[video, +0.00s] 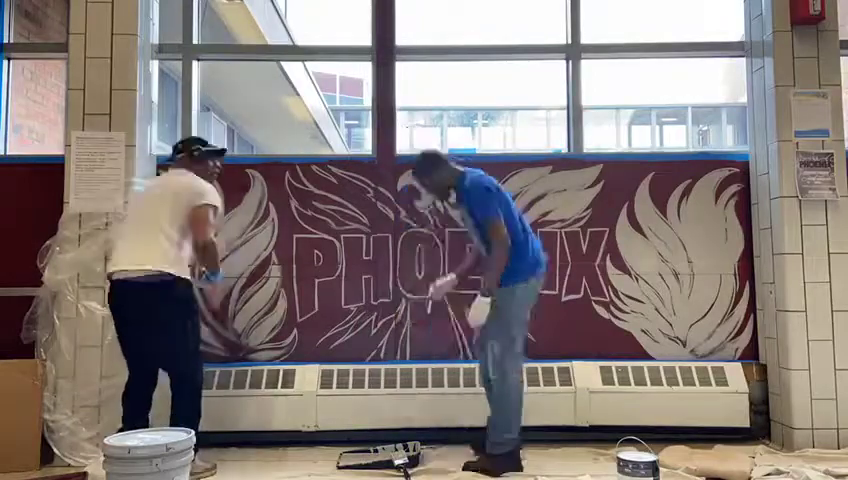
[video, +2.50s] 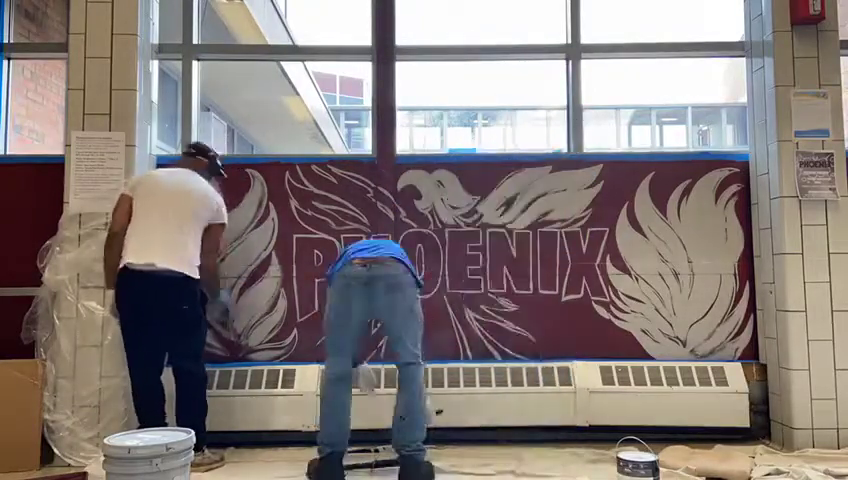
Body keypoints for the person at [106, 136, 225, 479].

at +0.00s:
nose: (217, 172)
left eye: (219, 167)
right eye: (215, 166)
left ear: (180, 159)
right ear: (199, 159)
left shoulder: (148, 188)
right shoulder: (201, 187)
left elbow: (141, 239)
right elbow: (203, 239)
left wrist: (190, 264)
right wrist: (213, 269)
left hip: (123, 288)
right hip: (165, 288)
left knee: (140, 374)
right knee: (187, 376)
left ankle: (131, 455)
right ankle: (184, 457)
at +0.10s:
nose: (206, 153)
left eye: (207, 148)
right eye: (206, 147)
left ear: (174, 139)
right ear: (196, 141)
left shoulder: (138, 174)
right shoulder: (206, 174)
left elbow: (122, 233)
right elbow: (232, 231)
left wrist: (123, 282)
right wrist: (250, 221)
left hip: (146, 281)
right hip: (190, 281)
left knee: (154, 367)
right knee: (197, 366)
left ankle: (157, 448)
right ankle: (197, 448)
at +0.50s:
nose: (208, 156)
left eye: (207, 151)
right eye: (209, 151)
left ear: (176, 142)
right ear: (202, 144)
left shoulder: (140, 173)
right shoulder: (211, 179)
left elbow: (122, 232)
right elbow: (217, 242)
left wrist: (116, 287)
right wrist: (212, 262)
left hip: (146, 284)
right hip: (189, 284)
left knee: (152, 366)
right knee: (195, 367)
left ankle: (154, 447)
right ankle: (197, 448)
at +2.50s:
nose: (215, 181)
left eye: (216, 176)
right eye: (215, 176)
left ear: (182, 160)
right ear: (208, 167)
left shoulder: (140, 179)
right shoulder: (212, 197)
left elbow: (116, 231)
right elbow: (209, 261)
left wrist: (112, 283)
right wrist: (214, 297)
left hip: (134, 286)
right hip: (181, 290)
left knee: (144, 373)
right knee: (189, 370)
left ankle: (153, 450)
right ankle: (193, 449)